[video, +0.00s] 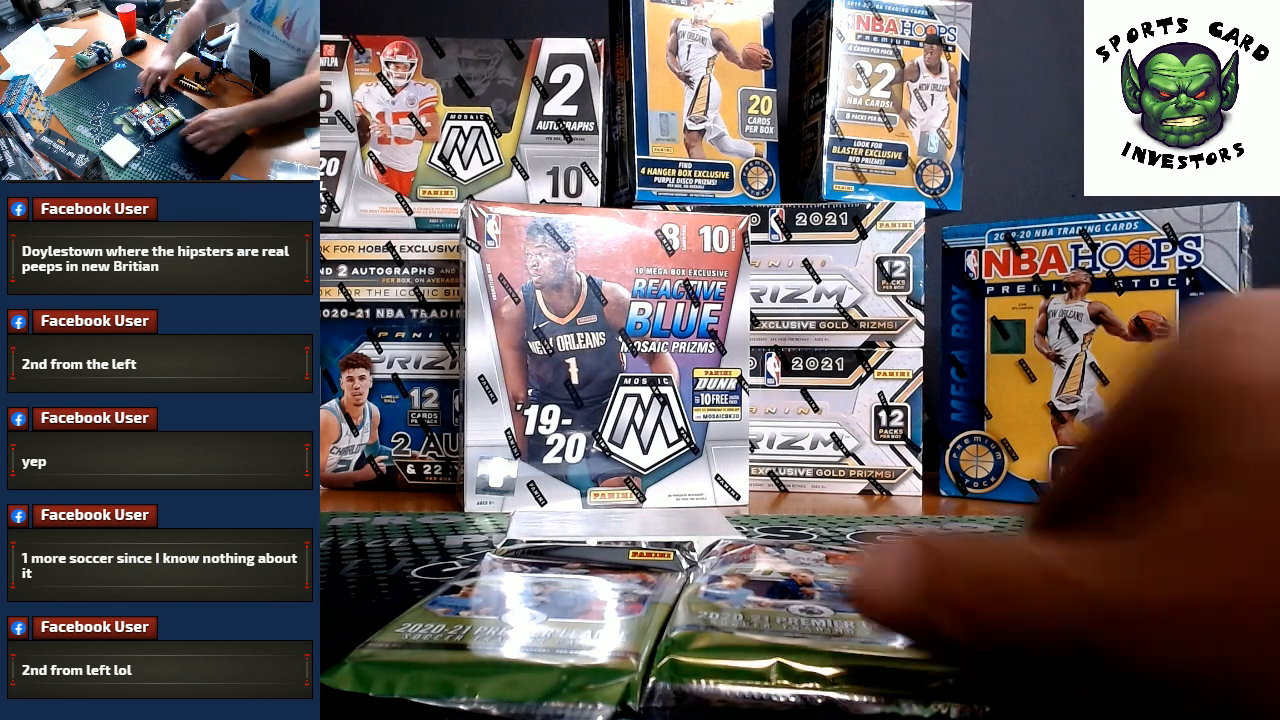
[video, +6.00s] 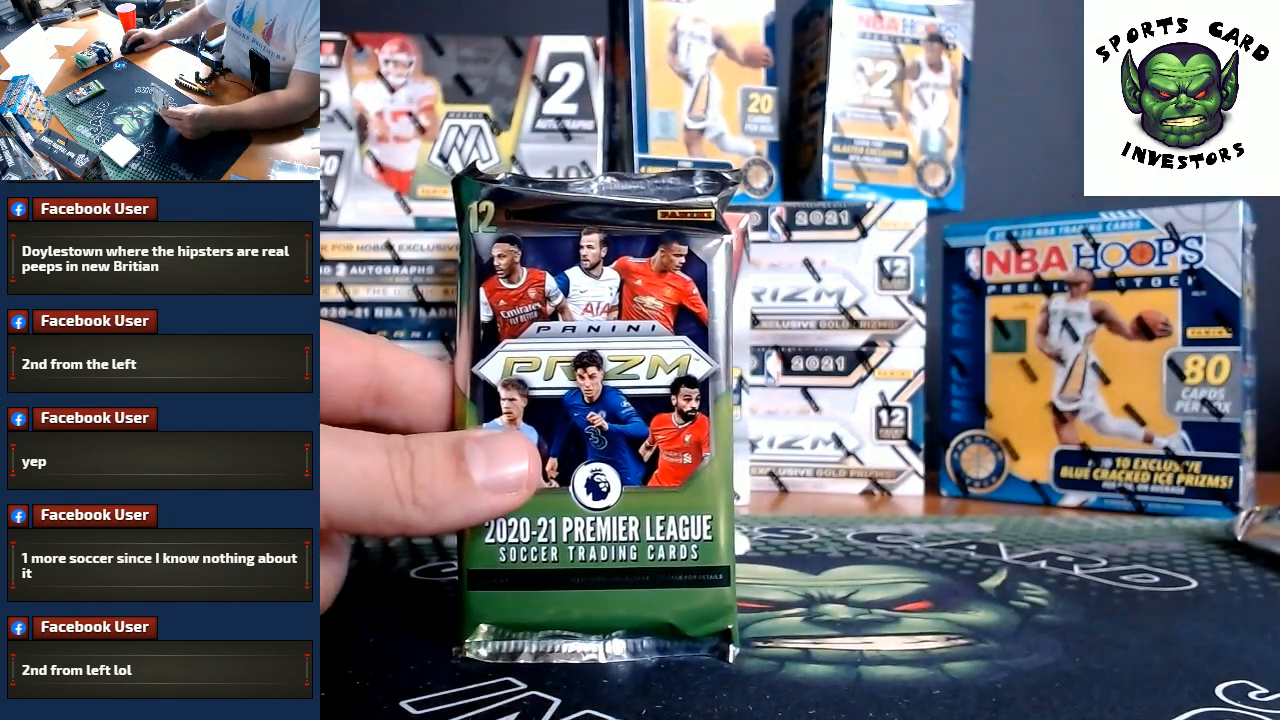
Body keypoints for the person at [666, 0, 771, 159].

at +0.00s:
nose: (697, 9)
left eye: (703, 6)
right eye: (695, 6)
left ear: (711, 12)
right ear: (692, 8)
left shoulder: (715, 34)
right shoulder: (678, 24)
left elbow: (740, 59)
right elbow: (670, 53)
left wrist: (764, 62)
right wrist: (678, 72)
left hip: (705, 87)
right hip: (692, 88)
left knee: (692, 141)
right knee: (725, 145)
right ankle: (766, 157)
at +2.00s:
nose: (697, 9)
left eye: (702, 6)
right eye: (695, 6)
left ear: (711, 11)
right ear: (691, 8)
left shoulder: (715, 34)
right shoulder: (678, 24)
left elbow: (739, 59)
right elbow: (670, 54)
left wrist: (764, 62)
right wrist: (678, 72)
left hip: (705, 87)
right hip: (692, 88)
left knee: (692, 141)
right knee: (725, 145)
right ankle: (764, 157)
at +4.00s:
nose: (695, 11)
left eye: (698, 8)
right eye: (690, 7)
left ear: (704, 8)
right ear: (685, 7)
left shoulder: (712, 31)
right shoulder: (679, 25)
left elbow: (734, 54)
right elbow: (671, 53)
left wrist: (756, 59)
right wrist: (678, 70)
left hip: (706, 84)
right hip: (691, 85)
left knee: (692, 139)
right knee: (724, 142)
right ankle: (756, 152)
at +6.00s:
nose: (694, 11)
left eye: (697, 8)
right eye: (688, 7)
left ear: (702, 8)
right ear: (684, 7)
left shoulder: (712, 31)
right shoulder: (679, 25)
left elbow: (734, 54)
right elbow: (671, 53)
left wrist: (756, 59)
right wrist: (678, 70)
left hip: (706, 84)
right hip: (692, 85)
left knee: (692, 138)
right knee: (724, 143)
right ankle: (758, 152)